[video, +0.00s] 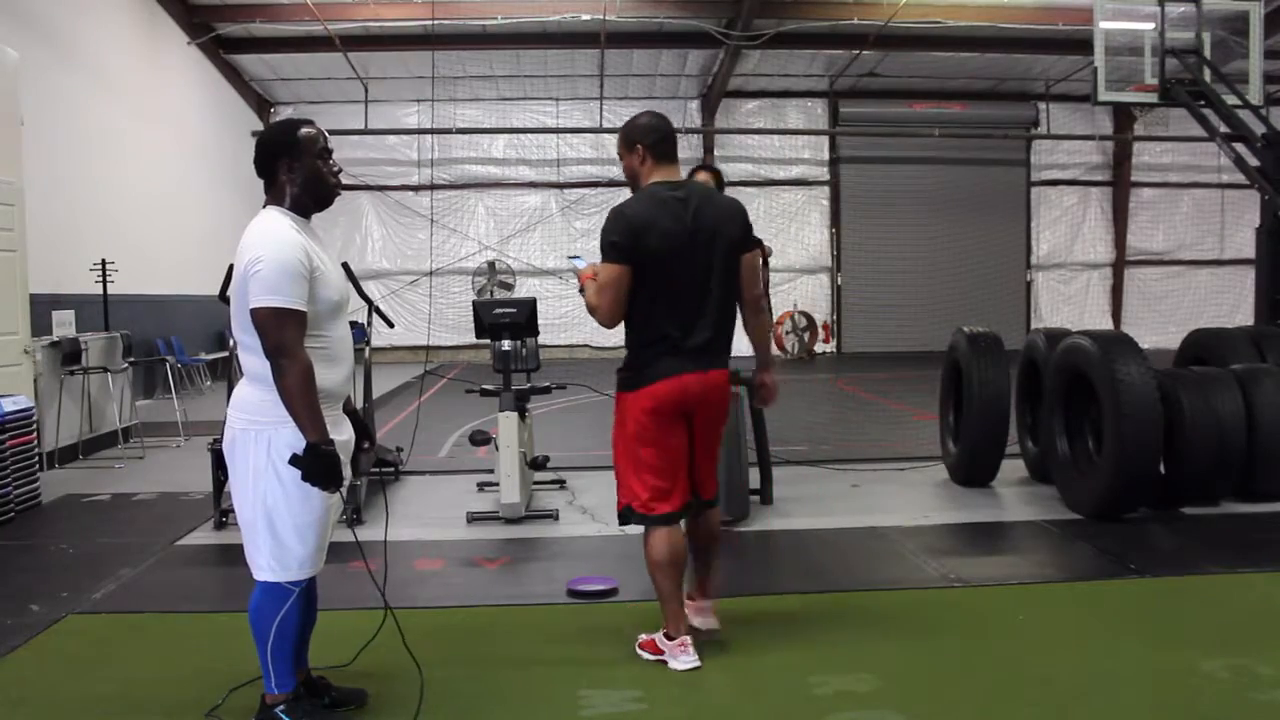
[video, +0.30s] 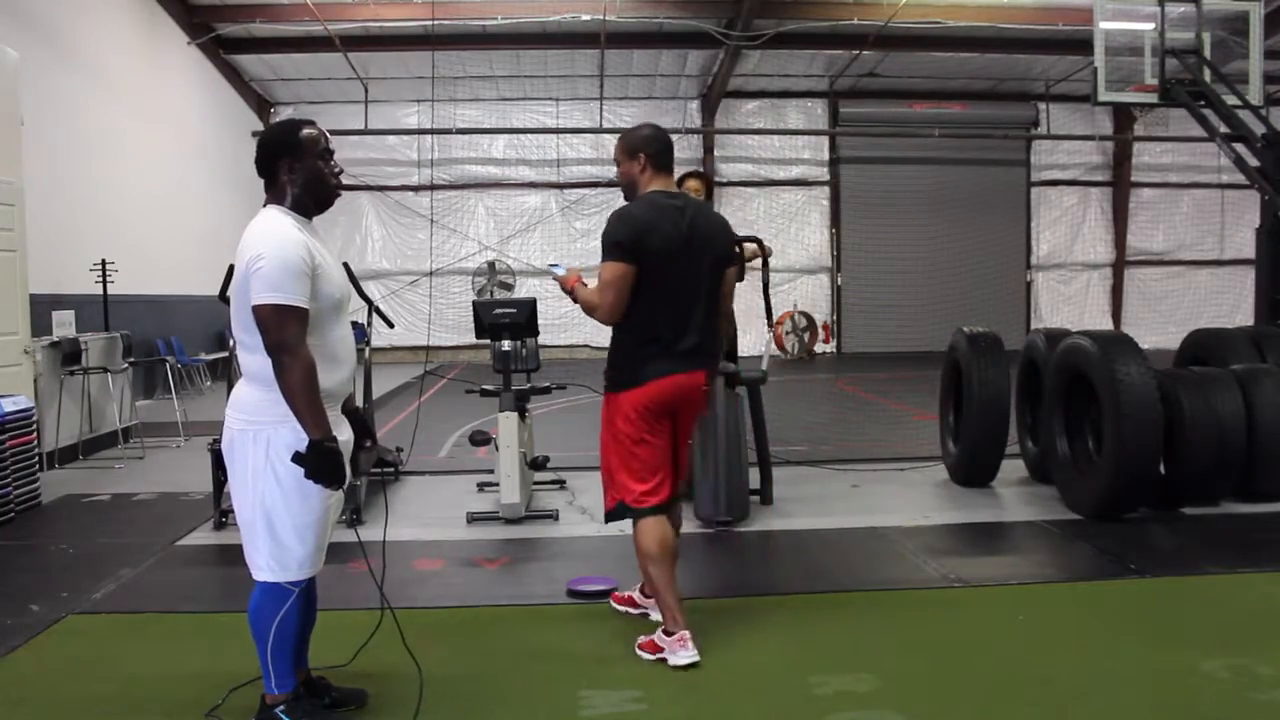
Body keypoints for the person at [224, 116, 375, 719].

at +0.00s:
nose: (337, 167)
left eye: (333, 156)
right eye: (324, 157)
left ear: (294, 171)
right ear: (289, 169)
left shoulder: (297, 238)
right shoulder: (274, 242)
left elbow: (311, 346)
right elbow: (284, 355)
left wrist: (350, 409)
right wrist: (317, 442)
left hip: (299, 427)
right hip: (276, 431)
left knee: (300, 566)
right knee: (283, 571)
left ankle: (297, 680)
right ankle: (281, 697)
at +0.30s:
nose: (338, 167)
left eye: (334, 156)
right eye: (325, 157)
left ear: (295, 171)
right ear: (291, 170)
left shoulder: (297, 237)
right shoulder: (276, 240)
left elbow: (310, 343)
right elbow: (284, 348)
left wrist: (349, 408)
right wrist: (320, 438)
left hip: (298, 427)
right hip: (275, 431)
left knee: (299, 566)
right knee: (283, 571)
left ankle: (296, 681)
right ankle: (281, 697)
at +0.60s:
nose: (339, 169)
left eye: (335, 158)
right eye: (326, 159)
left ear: (295, 171)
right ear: (291, 170)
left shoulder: (298, 236)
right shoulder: (276, 238)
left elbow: (314, 342)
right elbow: (287, 347)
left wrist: (353, 409)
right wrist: (323, 435)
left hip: (299, 429)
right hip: (275, 432)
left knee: (299, 566)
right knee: (282, 571)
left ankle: (296, 680)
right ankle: (280, 698)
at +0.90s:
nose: (340, 170)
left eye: (337, 158)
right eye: (328, 159)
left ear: (295, 172)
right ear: (292, 170)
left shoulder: (296, 239)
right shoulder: (275, 242)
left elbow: (315, 345)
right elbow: (285, 351)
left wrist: (352, 411)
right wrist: (324, 440)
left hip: (300, 429)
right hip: (276, 433)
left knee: (299, 567)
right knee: (283, 572)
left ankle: (297, 681)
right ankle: (280, 698)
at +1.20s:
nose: (342, 170)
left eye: (338, 159)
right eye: (329, 159)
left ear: (296, 171)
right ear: (294, 169)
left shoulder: (298, 239)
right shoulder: (277, 243)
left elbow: (315, 346)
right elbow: (285, 354)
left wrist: (351, 412)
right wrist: (319, 442)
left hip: (301, 428)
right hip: (278, 432)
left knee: (301, 567)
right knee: (284, 572)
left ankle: (296, 681)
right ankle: (280, 699)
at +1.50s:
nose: (344, 171)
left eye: (340, 159)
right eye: (332, 160)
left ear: (300, 172)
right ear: (297, 170)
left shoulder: (302, 239)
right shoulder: (279, 241)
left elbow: (317, 340)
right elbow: (285, 348)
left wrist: (358, 400)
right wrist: (341, 426)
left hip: (306, 429)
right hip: (281, 434)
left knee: (302, 565)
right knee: (283, 570)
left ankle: (297, 681)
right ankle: (280, 698)